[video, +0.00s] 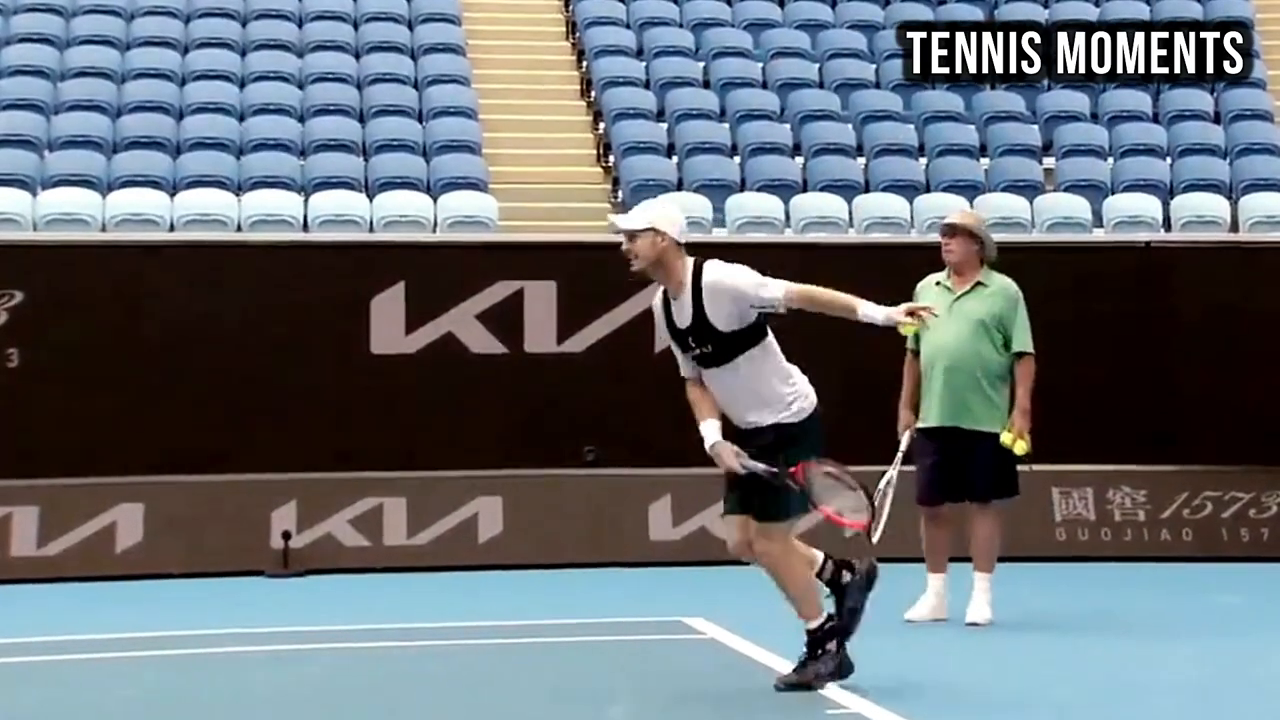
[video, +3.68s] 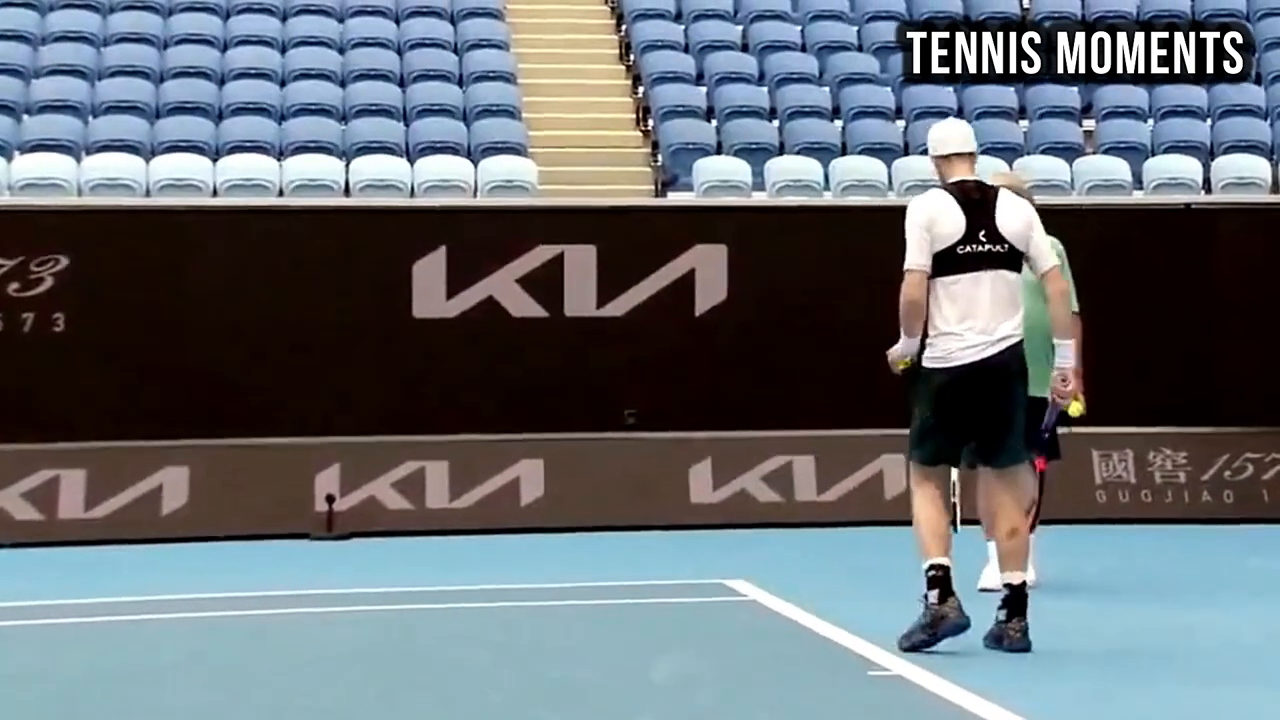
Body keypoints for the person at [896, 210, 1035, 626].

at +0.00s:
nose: (944, 242)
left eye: (953, 236)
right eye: (943, 236)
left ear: (976, 243)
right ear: (942, 245)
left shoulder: (1005, 291)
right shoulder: (928, 288)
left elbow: (1024, 356)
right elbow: (913, 354)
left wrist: (1021, 411)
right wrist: (906, 406)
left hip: (986, 419)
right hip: (933, 417)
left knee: (983, 505)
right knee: (932, 508)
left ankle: (982, 595)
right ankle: (935, 593)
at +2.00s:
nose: (974, 194)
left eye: (983, 188)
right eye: (971, 188)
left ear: (1004, 193)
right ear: (968, 195)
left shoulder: (1034, 240)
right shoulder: (957, 241)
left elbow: (1052, 306)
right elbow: (948, 307)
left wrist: (1049, 362)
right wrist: (943, 358)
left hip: (1019, 370)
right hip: (969, 369)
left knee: (1017, 456)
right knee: (972, 458)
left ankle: (1016, 543)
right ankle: (970, 542)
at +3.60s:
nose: (1005, 215)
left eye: (1012, 205)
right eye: (998, 206)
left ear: (1028, 209)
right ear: (988, 212)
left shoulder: (1050, 252)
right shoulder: (977, 251)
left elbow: (1073, 319)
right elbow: (961, 314)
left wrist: (1075, 377)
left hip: (1038, 382)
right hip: (991, 381)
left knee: (1028, 473)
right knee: (997, 474)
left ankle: (1022, 557)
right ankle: (999, 557)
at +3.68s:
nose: (1004, 211)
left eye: (1010, 200)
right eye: (997, 201)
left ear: (1025, 203)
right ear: (988, 206)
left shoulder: (1047, 248)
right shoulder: (976, 249)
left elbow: (1068, 313)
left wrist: (1069, 370)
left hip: (1035, 380)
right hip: (989, 379)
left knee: (1028, 468)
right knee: (990, 469)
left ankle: (1022, 556)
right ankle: (995, 554)